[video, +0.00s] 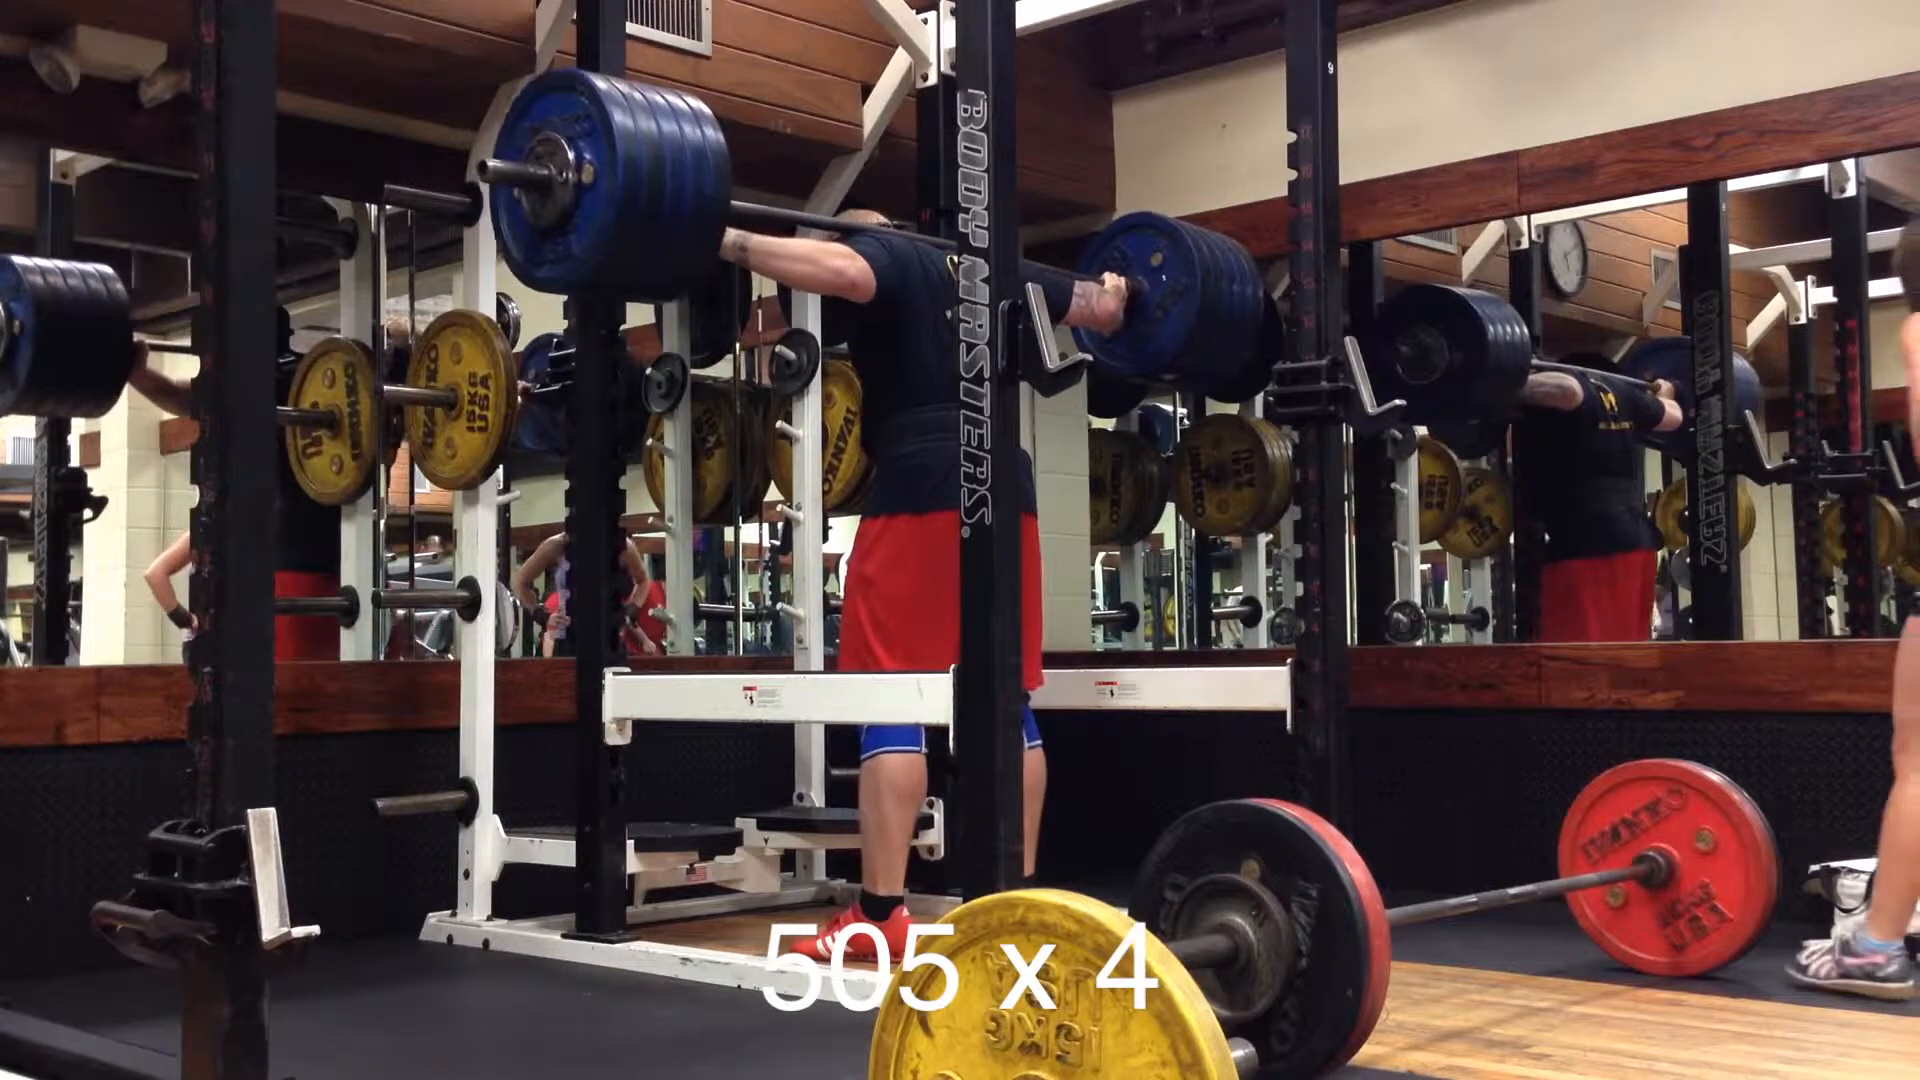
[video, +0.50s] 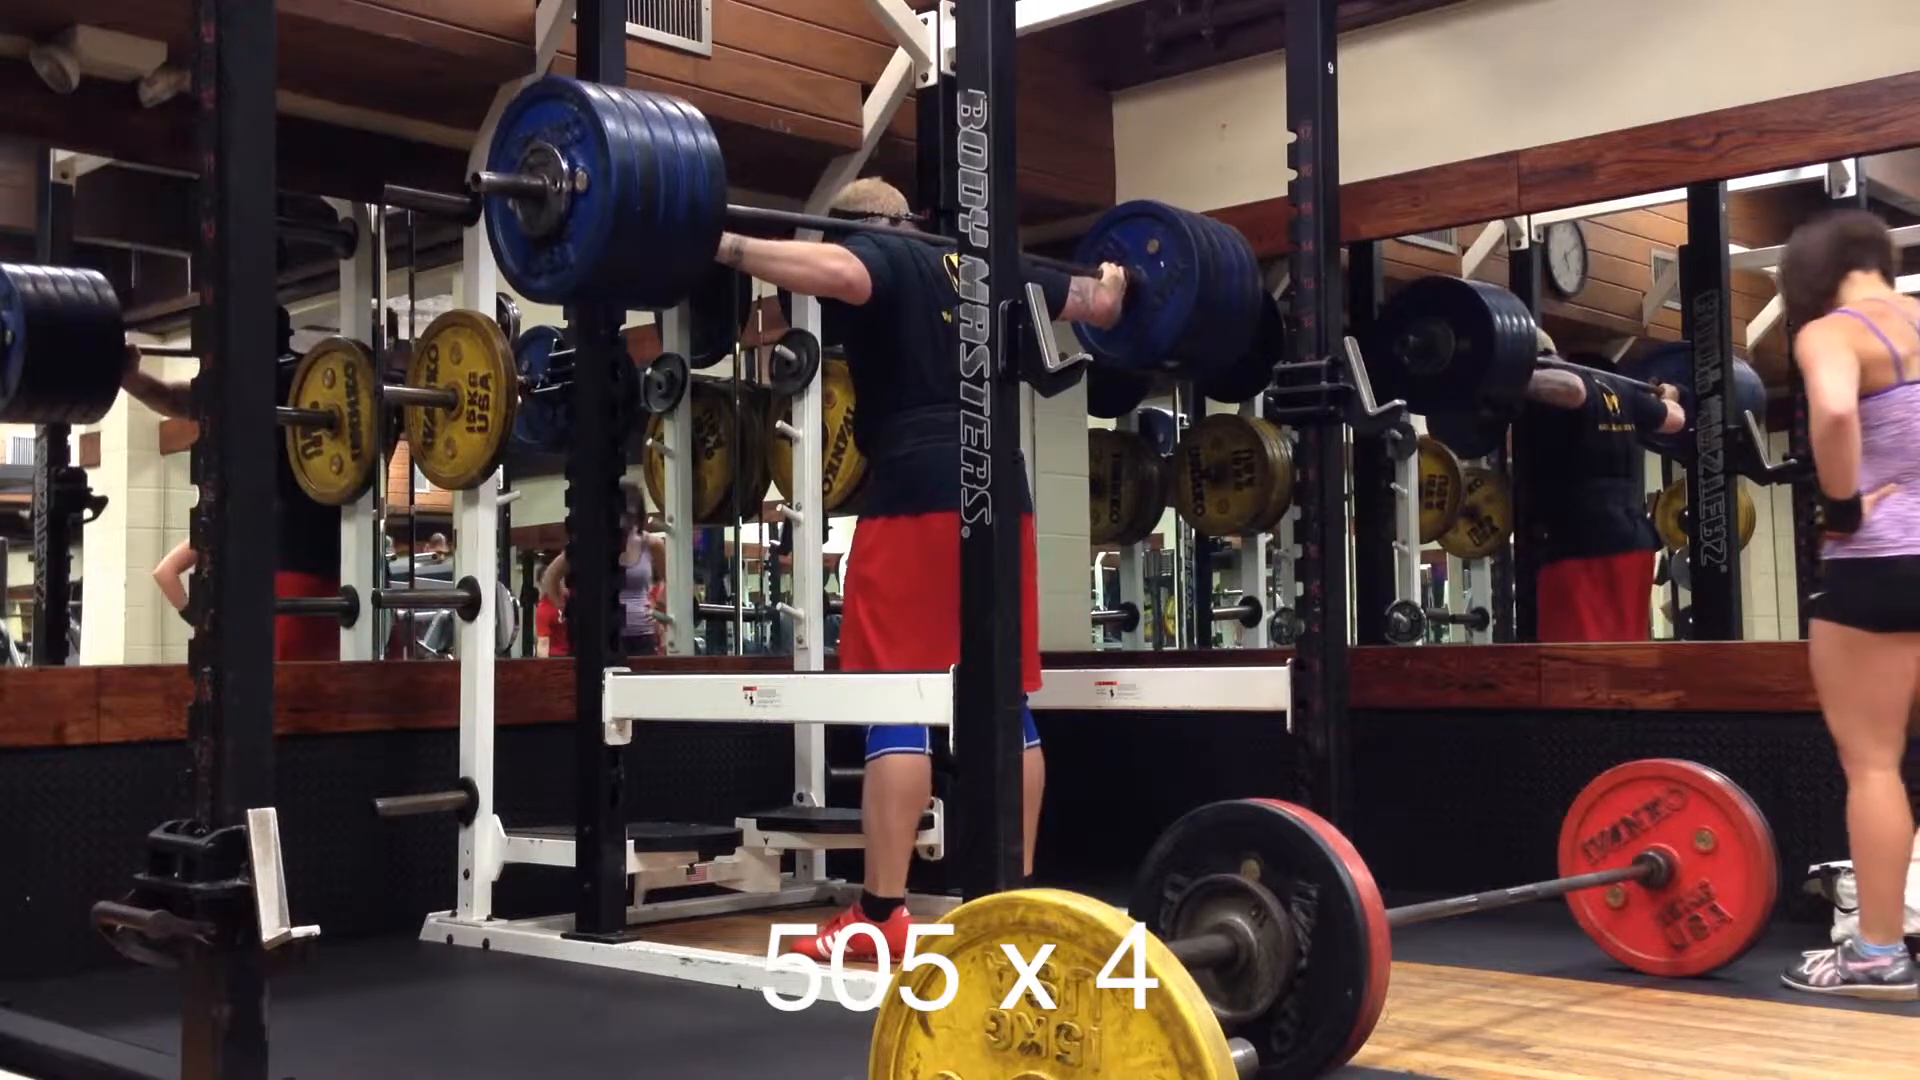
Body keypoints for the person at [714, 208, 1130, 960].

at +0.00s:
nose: (835, 254)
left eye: (833, 245)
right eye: (833, 247)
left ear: (856, 240)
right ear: (902, 226)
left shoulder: (886, 252)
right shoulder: (989, 268)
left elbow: (846, 270)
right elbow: (1098, 307)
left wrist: (730, 241)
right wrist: (1114, 291)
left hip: (918, 498)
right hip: (1007, 498)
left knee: (893, 709)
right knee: (1011, 711)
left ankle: (882, 909)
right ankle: (1016, 901)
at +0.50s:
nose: (832, 249)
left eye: (833, 235)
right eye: (833, 235)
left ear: (853, 228)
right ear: (908, 216)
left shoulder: (878, 249)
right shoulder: (985, 266)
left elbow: (844, 277)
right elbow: (1095, 301)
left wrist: (728, 244)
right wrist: (1110, 281)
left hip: (917, 500)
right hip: (1004, 502)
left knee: (896, 708)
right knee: (1008, 709)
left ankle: (882, 912)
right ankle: (1014, 901)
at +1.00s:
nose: (834, 259)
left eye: (833, 244)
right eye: (835, 245)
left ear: (854, 232)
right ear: (907, 216)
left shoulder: (884, 249)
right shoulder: (982, 263)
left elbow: (849, 284)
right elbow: (1096, 300)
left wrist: (735, 254)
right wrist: (1117, 271)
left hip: (915, 502)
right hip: (1002, 502)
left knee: (897, 707)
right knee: (1007, 709)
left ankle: (882, 910)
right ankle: (1010, 903)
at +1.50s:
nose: (835, 250)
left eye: (833, 241)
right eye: (831, 243)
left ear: (856, 232)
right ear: (904, 222)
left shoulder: (878, 249)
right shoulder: (988, 264)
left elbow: (848, 276)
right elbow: (1097, 306)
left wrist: (730, 245)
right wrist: (1120, 284)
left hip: (915, 500)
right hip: (1002, 500)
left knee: (899, 707)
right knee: (1007, 710)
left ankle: (881, 911)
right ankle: (1013, 903)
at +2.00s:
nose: (832, 250)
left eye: (831, 241)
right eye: (830, 242)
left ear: (853, 235)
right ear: (902, 223)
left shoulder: (878, 249)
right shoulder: (987, 266)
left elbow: (840, 270)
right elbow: (1097, 308)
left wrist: (724, 239)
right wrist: (1120, 289)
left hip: (916, 500)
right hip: (1002, 501)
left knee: (897, 707)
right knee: (1007, 710)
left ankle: (882, 910)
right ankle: (1013, 904)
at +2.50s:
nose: (833, 245)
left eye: (834, 236)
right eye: (831, 238)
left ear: (857, 229)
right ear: (905, 220)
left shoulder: (880, 250)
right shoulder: (988, 267)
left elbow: (835, 264)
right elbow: (1096, 302)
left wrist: (720, 237)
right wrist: (1119, 283)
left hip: (914, 500)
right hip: (1001, 503)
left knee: (894, 707)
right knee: (1006, 710)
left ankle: (881, 910)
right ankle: (1013, 902)